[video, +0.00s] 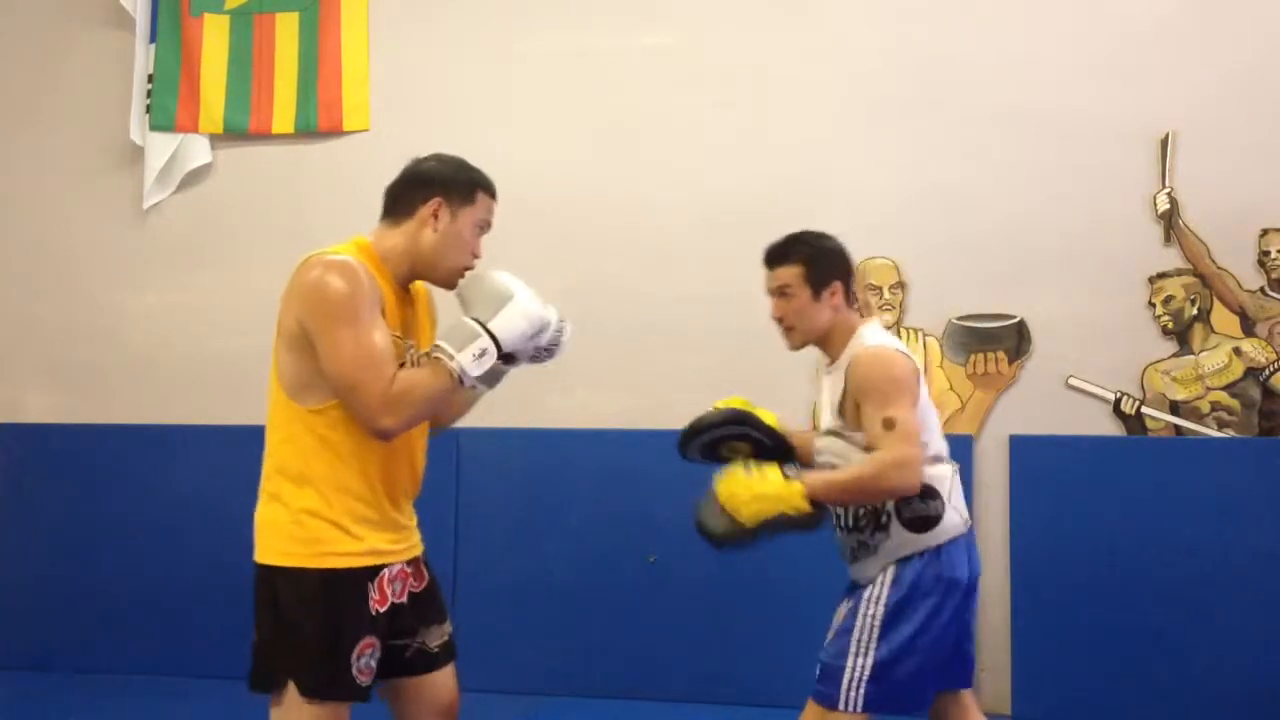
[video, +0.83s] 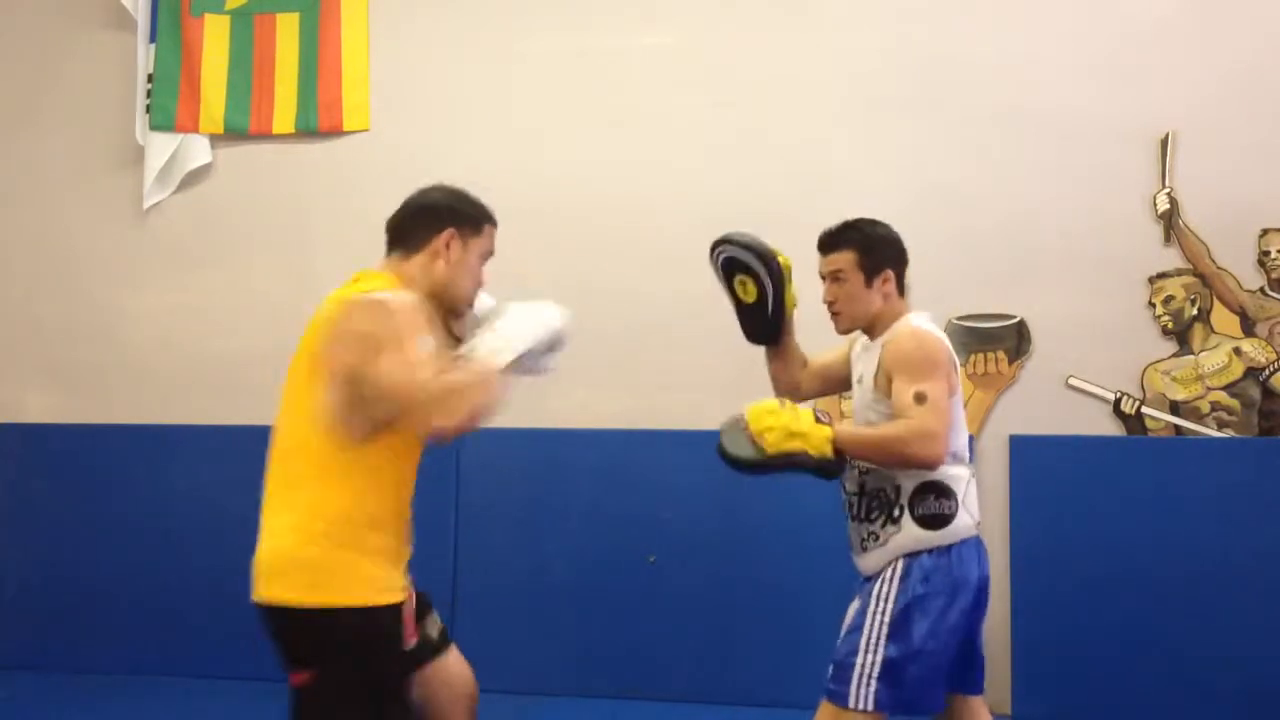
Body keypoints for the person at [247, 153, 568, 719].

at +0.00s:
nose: (480, 251)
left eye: (485, 234)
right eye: (478, 230)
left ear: (435, 219)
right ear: (435, 216)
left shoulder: (414, 299)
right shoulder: (334, 280)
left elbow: (435, 413)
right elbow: (384, 410)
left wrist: (500, 357)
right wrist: (485, 346)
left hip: (394, 546)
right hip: (319, 554)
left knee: (434, 703)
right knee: (312, 708)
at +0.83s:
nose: (484, 278)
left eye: (487, 262)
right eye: (483, 259)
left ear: (442, 248)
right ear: (446, 248)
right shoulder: (383, 306)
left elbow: (437, 410)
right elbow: (433, 411)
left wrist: (482, 348)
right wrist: (498, 352)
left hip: (366, 576)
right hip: (332, 587)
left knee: (451, 691)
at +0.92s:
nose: (491, 261)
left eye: (494, 245)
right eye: (490, 243)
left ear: (435, 233)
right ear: (455, 232)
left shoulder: (343, 297)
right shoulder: (446, 295)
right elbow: (570, 327)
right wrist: (614, 320)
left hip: (307, 558)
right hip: (360, 567)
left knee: (442, 692)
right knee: (350, 711)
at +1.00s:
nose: (507, 256)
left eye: (508, 237)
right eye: (504, 236)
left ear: (435, 233)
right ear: (471, 229)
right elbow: (626, 307)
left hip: (319, 552)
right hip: (377, 564)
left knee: (446, 698)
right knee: (358, 714)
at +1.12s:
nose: (532, 262)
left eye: (533, 245)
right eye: (529, 243)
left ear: (457, 240)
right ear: (497, 239)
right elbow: (625, 385)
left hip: (339, 546)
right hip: (400, 555)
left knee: (458, 690)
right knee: (402, 710)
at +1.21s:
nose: (542, 265)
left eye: (545, 247)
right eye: (541, 245)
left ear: (492, 236)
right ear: (508, 235)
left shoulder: (401, 296)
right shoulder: (498, 300)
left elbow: (449, 412)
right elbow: (562, 421)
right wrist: (604, 415)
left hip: (352, 537)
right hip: (411, 544)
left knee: (453, 700)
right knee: (427, 708)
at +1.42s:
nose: (550, 261)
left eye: (555, 244)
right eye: (550, 240)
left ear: (509, 227)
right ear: (516, 227)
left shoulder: (428, 279)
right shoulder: (472, 291)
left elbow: (432, 400)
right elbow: (500, 427)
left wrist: (513, 363)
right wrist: (579, 379)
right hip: (411, 553)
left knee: (478, 698)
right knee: (430, 708)